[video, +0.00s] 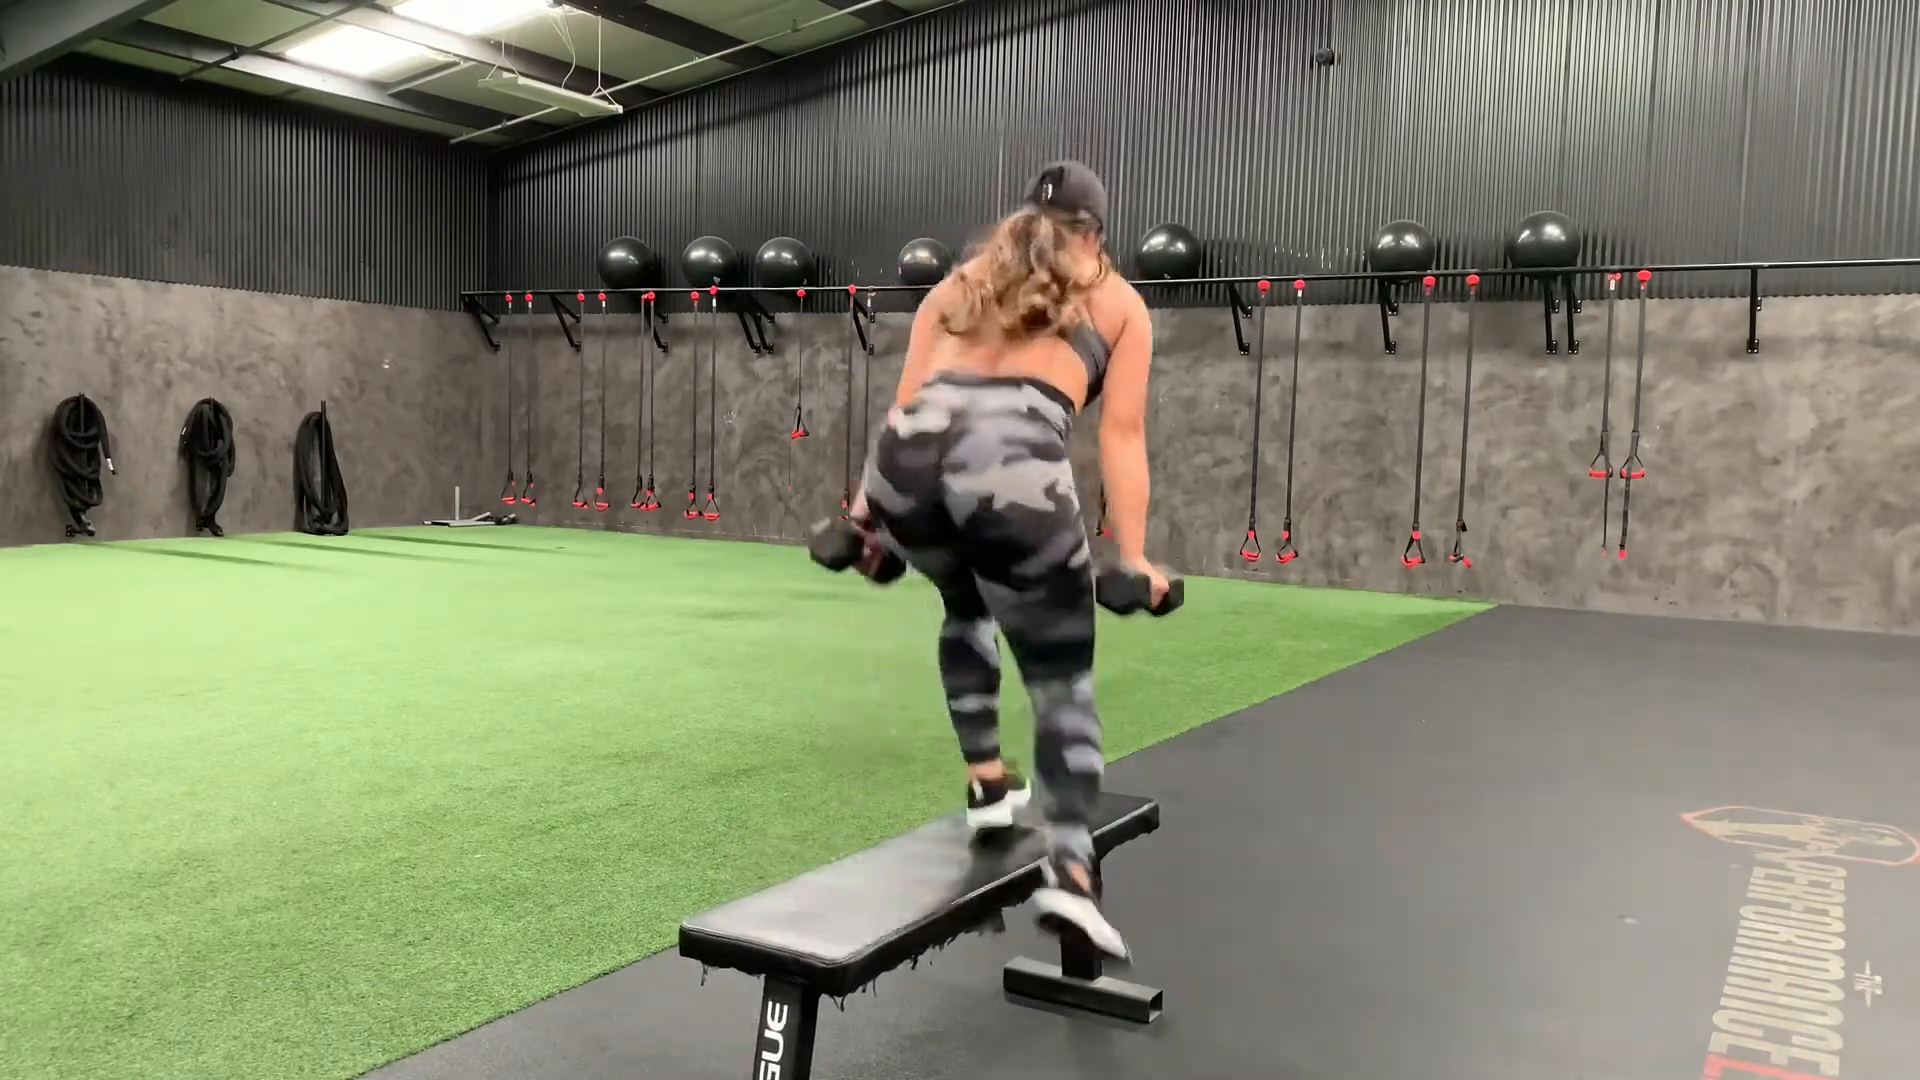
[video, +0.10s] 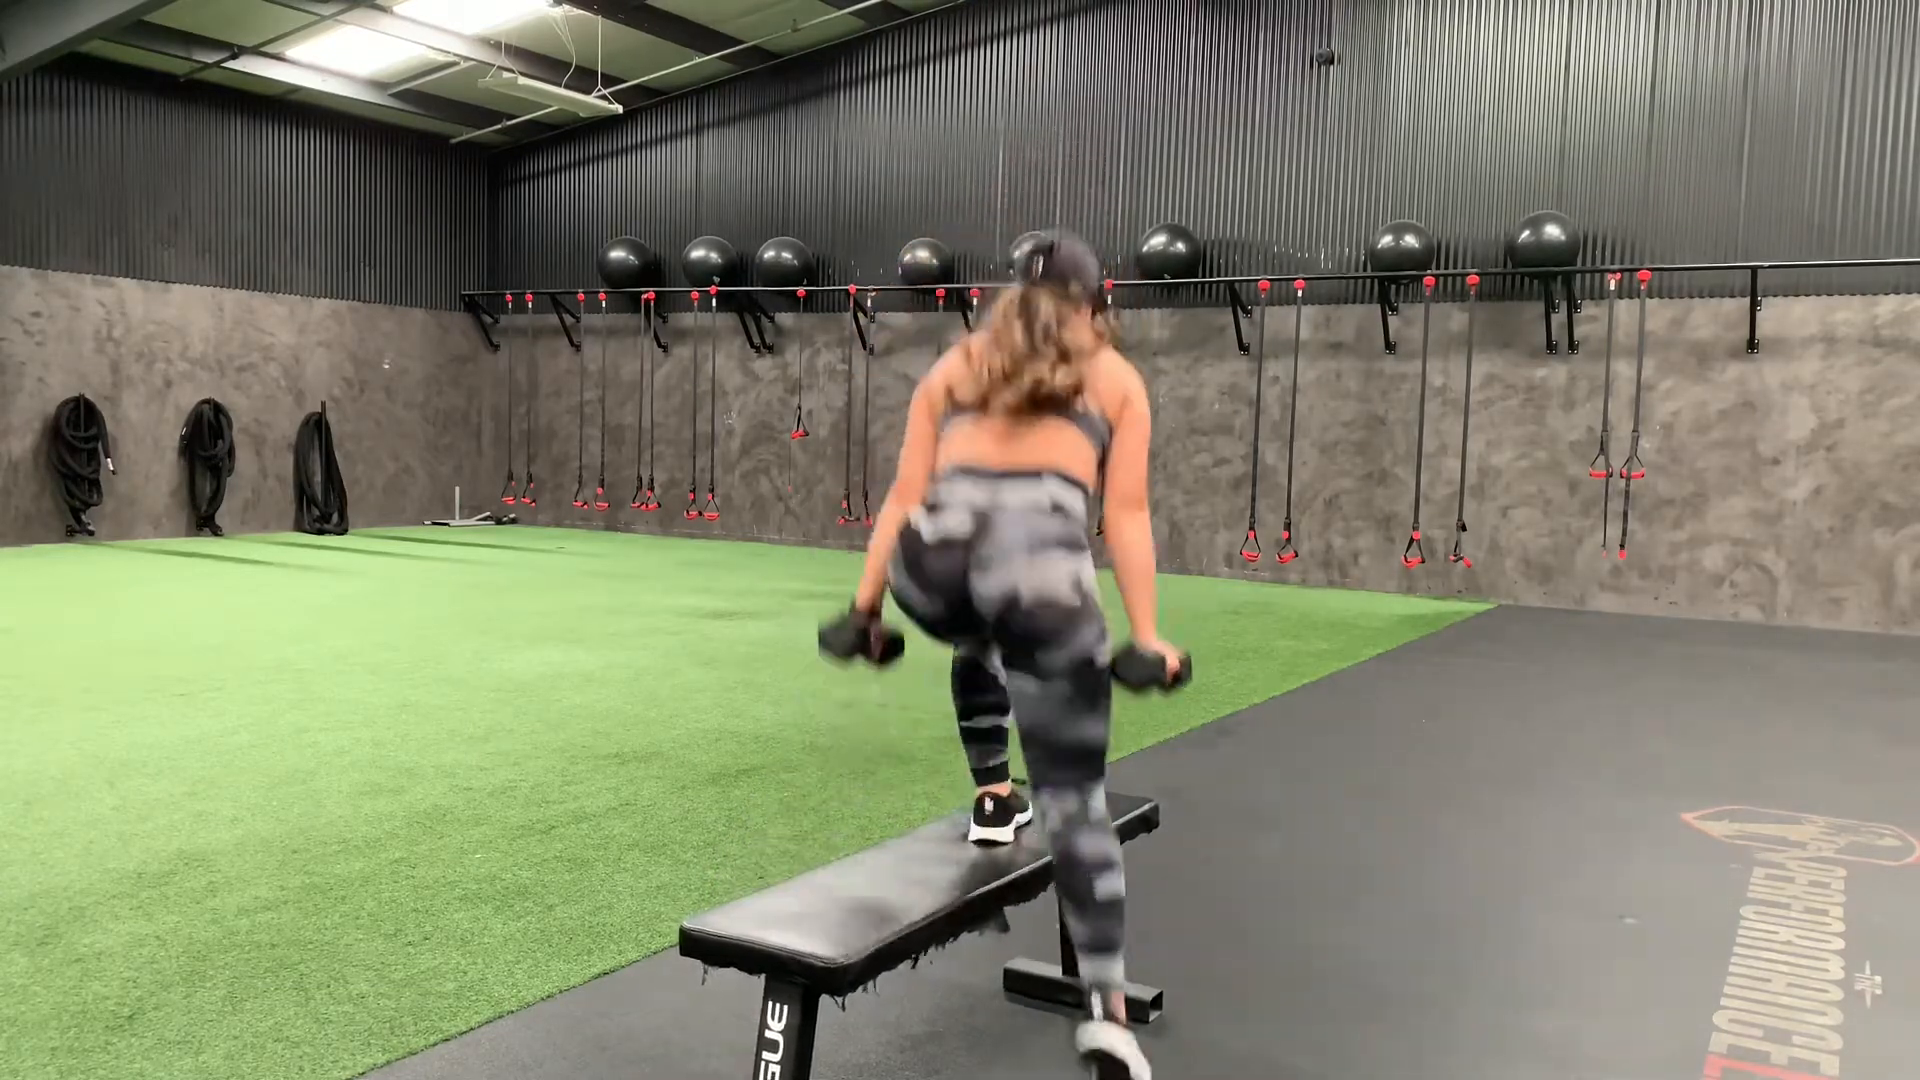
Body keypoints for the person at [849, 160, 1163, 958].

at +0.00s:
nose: (1097, 243)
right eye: (1098, 230)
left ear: (1021, 223)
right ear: (1098, 231)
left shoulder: (953, 288)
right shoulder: (1120, 303)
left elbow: (906, 407)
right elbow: (1121, 433)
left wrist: (866, 509)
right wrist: (1128, 560)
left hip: (909, 470)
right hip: (1016, 470)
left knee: (966, 608)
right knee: (1060, 681)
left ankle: (988, 783)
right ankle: (1070, 870)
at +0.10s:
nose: (1108, 310)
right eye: (1104, 298)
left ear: (1010, 296)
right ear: (1096, 301)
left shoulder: (953, 366)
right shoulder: (1118, 379)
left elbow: (907, 494)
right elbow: (1125, 513)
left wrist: (864, 605)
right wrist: (1146, 635)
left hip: (935, 568)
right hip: (1044, 571)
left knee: (974, 640)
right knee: (1075, 802)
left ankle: (993, 797)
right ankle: (1106, 1007)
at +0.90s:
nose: (1027, 371)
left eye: (1027, 358)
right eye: (1028, 359)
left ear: (962, 345)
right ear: (1014, 358)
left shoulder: (904, 400)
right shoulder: (1013, 420)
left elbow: (864, 524)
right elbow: (1010, 556)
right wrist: (1023, 685)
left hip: (816, 628)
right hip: (898, 631)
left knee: (789, 825)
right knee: (1043, 633)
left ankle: (687, 997)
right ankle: (969, 811)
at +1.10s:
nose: (1037, 404)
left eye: (1033, 392)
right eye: (1040, 392)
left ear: (971, 374)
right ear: (1034, 388)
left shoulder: (919, 430)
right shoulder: (1028, 454)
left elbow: (897, 548)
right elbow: (1022, 595)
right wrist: (1031, 730)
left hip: (812, 654)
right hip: (898, 661)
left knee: (762, 848)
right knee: (1039, 641)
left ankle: (663, 1015)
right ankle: (966, 811)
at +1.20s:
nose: (1077, 321)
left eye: (1073, 308)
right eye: (1079, 308)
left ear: (1003, 295)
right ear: (1071, 307)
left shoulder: (946, 352)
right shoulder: (1077, 375)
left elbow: (885, 454)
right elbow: (1065, 507)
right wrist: (1067, 642)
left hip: (833, 554)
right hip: (929, 563)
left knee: (813, 745)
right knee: (1038, 615)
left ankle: (715, 920)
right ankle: (970, 804)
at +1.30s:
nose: (1085, 264)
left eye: (1084, 252)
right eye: (1086, 251)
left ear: (1017, 237)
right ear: (1078, 247)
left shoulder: (956, 293)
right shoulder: (1096, 310)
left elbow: (894, 409)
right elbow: (1094, 447)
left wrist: (838, 527)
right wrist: (1100, 574)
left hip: (857, 488)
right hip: (955, 488)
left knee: (899, 649)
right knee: (1040, 618)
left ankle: (786, 805)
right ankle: (981, 794)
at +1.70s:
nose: (1101, 376)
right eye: (1104, 364)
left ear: (1025, 356)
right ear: (1098, 365)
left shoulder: (972, 432)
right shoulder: (1130, 443)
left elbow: (917, 566)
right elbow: (1154, 579)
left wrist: (881, 672)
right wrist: (1181, 702)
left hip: (976, 643)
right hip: (1082, 647)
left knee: (960, 657)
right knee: (1094, 878)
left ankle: (1007, 798)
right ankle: (1115, 1064)